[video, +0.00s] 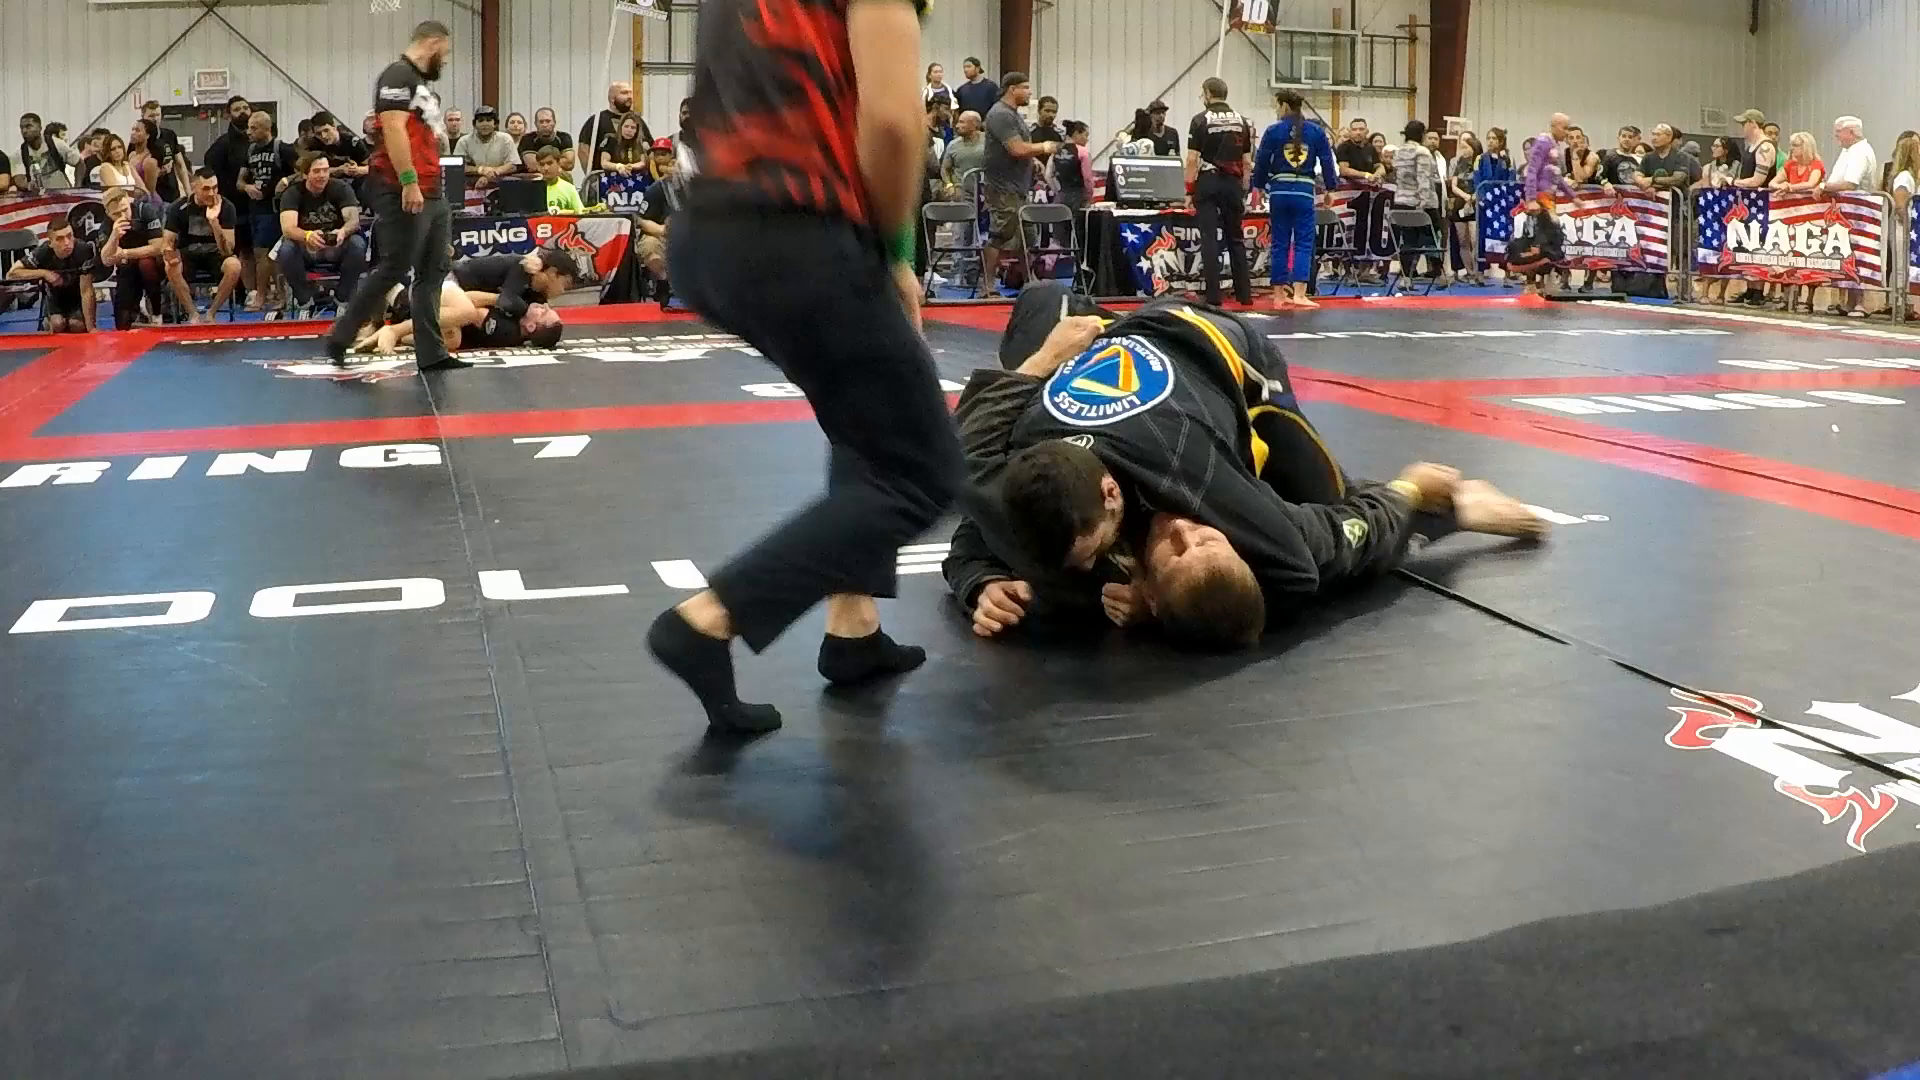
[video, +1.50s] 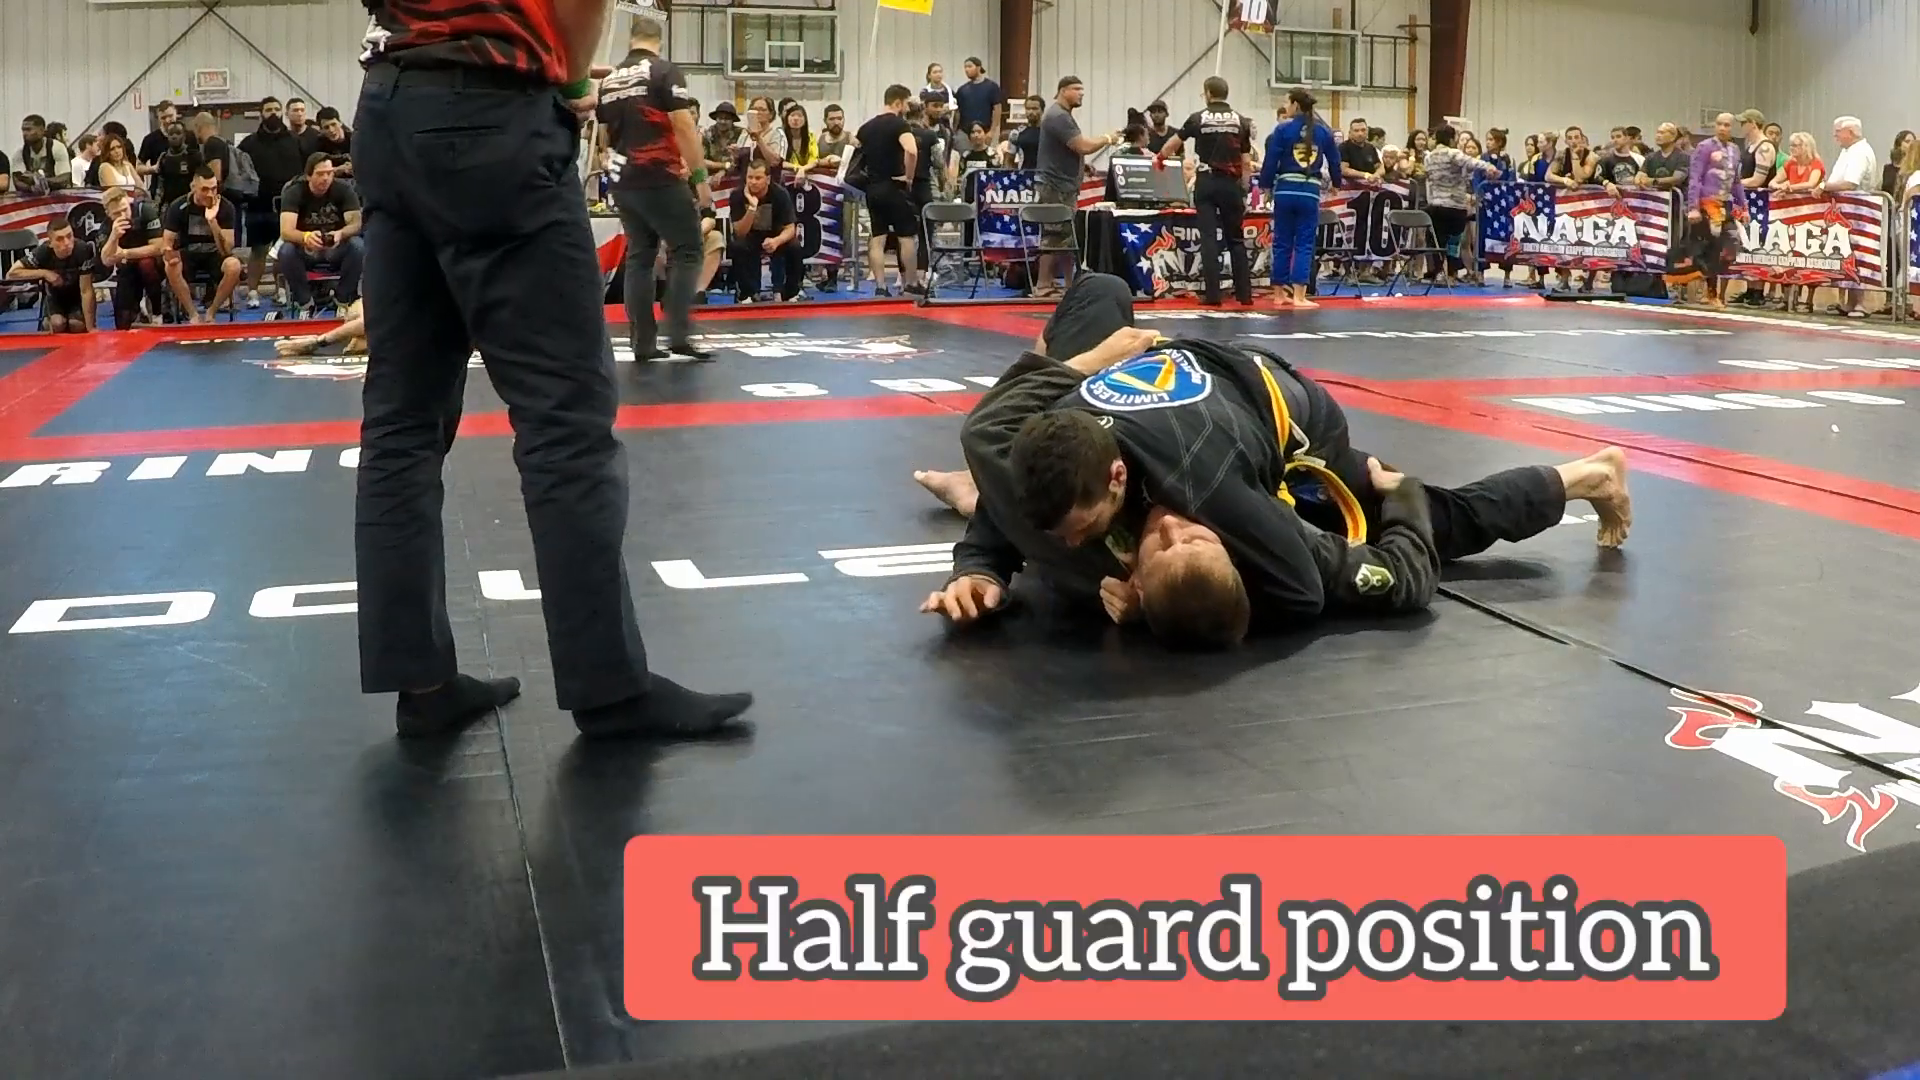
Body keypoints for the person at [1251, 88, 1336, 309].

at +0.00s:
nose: (1277, 109)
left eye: (1278, 106)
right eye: (1278, 106)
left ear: (1284, 106)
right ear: (1299, 106)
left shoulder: (1274, 130)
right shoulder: (1316, 130)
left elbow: (1261, 162)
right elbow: (1327, 162)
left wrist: (1258, 187)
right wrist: (1330, 189)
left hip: (1279, 194)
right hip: (1304, 195)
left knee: (1280, 242)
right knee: (1304, 243)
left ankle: (1279, 294)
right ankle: (1299, 294)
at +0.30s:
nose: (1280, 110)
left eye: (1281, 106)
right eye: (1281, 106)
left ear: (1287, 107)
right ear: (1303, 107)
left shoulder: (1276, 130)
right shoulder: (1319, 131)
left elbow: (1266, 161)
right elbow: (1330, 163)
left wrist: (1265, 185)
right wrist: (1333, 189)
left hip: (1280, 193)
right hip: (1305, 195)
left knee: (1280, 241)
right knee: (1304, 242)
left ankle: (1278, 294)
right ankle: (1299, 295)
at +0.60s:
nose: (1282, 109)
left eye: (1284, 106)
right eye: (1284, 105)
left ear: (1291, 106)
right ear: (1305, 106)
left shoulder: (1280, 130)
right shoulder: (1321, 131)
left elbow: (1269, 161)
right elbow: (1331, 162)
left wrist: (1266, 185)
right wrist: (1334, 189)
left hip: (1283, 193)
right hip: (1308, 195)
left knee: (1281, 242)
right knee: (1305, 243)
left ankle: (1278, 294)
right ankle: (1299, 295)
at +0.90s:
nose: (1285, 108)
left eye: (1287, 104)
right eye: (1286, 104)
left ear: (1296, 106)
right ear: (1306, 106)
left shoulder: (1283, 129)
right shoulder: (1323, 130)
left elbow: (1271, 161)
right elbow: (1331, 162)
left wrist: (1265, 185)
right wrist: (1333, 189)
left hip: (1285, 192)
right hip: (1310, 194)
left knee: (1282, 242)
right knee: (1305, 243)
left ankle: (1279, 293)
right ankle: (1299, 295)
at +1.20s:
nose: (1285, 107)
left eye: (1288, 104)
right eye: (1287, 103)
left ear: (1296, 105)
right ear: (1307, 106)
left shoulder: (1284, 129)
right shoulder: (1324, 131)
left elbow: (1273, 161)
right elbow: (1331, 164)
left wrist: (1266, 186)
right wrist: (1331, 190)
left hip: (1286, 191)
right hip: (1311, 194)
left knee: (1282, 241)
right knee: (1305, 242)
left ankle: (1279, 292)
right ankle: (1299, 295)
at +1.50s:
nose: (1286, 107)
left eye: (1288, 103)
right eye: (1287, 103)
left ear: (1296, 105)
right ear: (1308, 105)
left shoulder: (1283, 128)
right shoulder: (1322, 130)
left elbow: (1271, 159)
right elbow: (1334, 159)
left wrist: (1265, 184)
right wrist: (1336, 182)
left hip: (1285, 192)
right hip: (1309, 194)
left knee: (1281, 241)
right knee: (1305, 243)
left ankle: (1279, 293)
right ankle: (1299, 296)